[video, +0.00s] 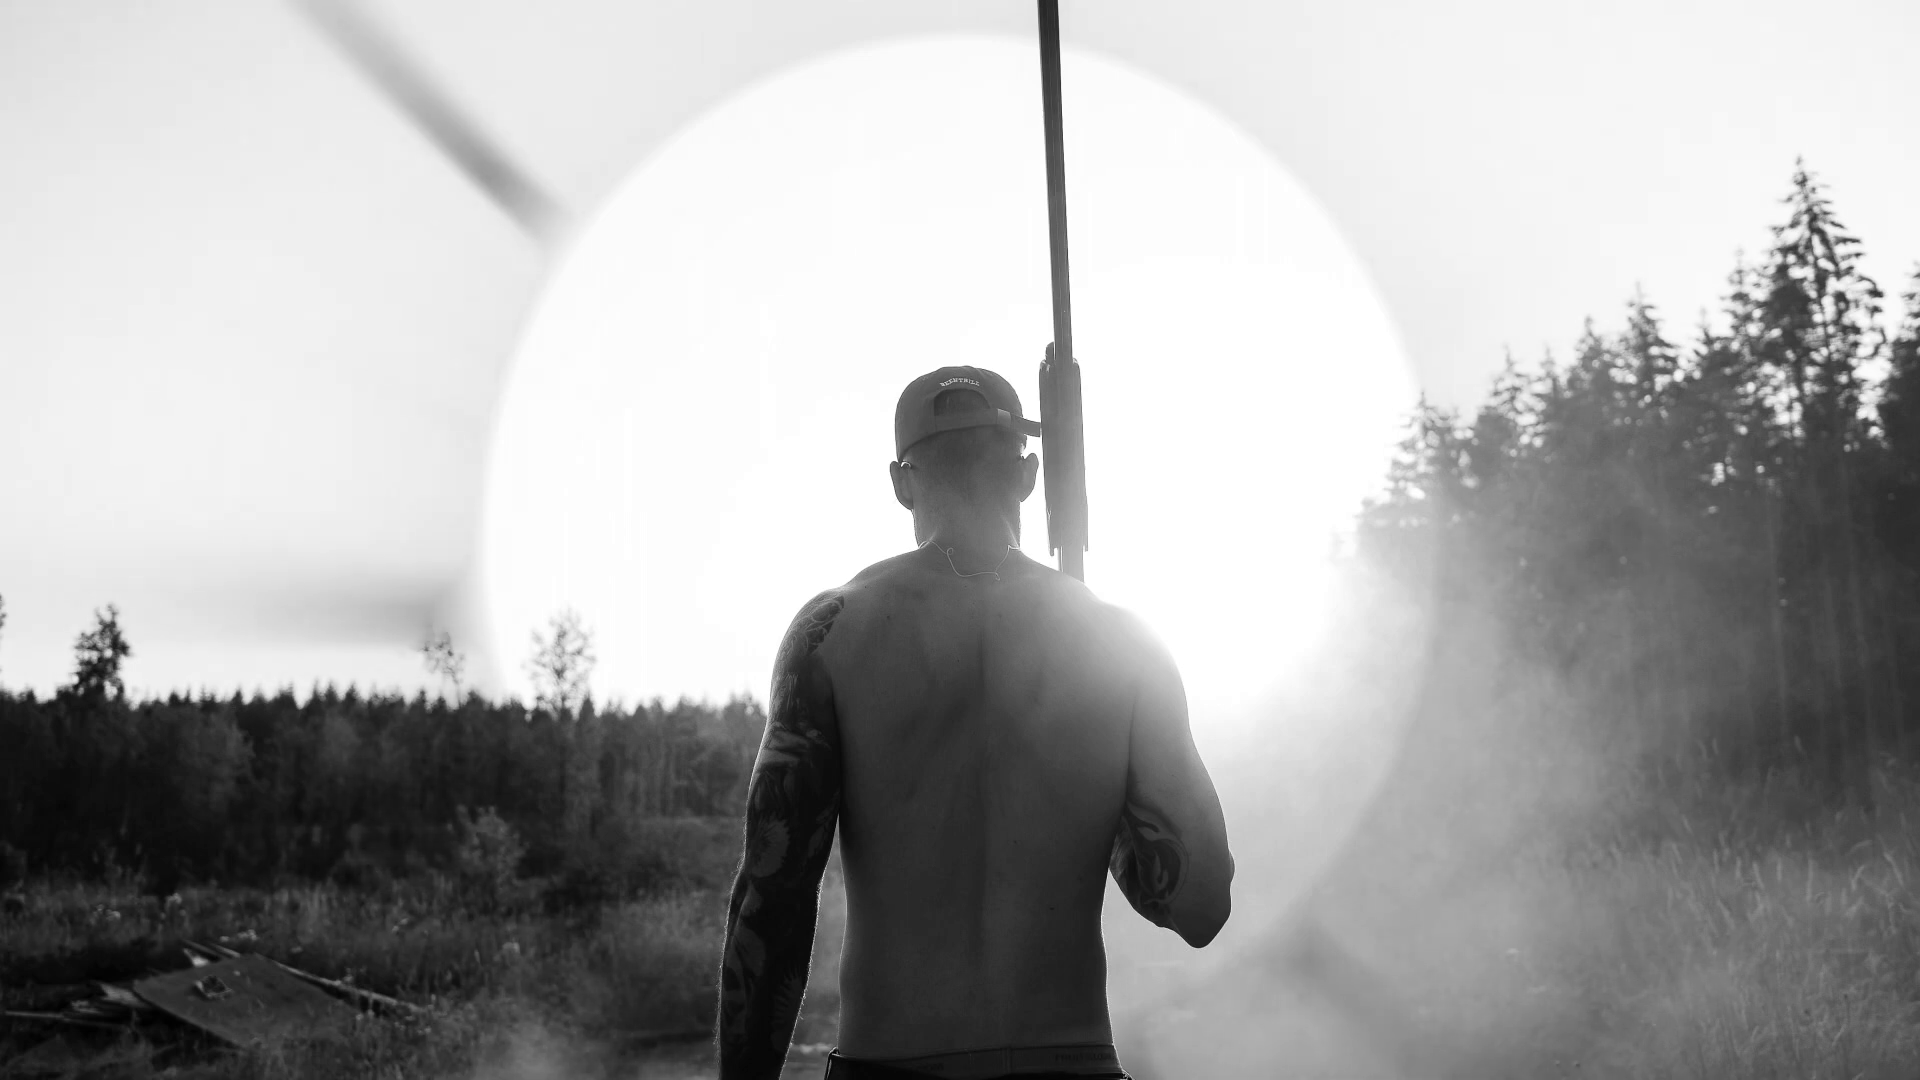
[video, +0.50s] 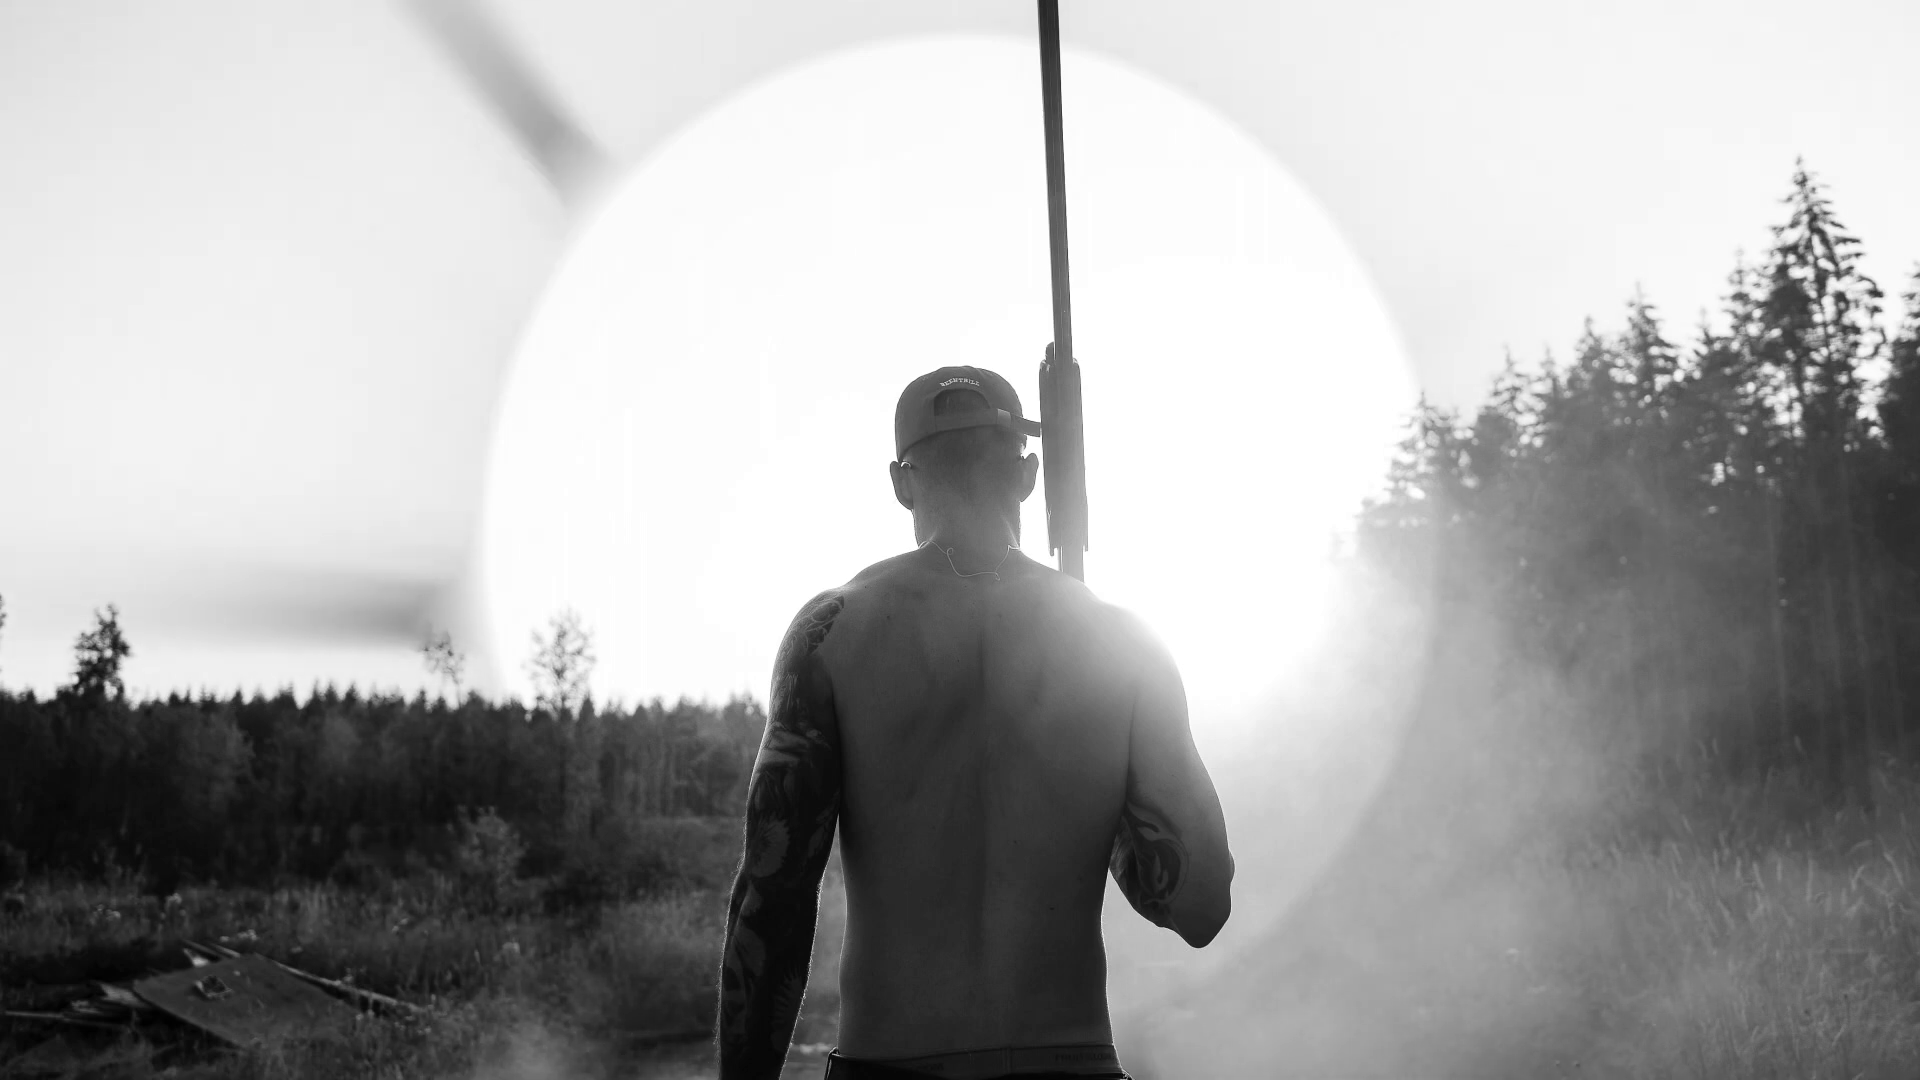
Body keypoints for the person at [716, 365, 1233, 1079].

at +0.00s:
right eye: (1017, 450)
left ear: (903, 486)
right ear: (1027, 476)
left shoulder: (832, 630)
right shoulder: (1121, 641)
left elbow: (773, 884)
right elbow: (1201, 904)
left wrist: (747, 1063)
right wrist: (1102, 803)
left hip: (887, 1045)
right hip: (1067, 1045)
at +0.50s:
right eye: (1017, 450)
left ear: (903, 486)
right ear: (1027, 476)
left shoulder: (832, 630)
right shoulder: (1121, 641)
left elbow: (773, 884)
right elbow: (1201, 904)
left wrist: (747, 1063)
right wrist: (1102, 803)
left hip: (887, 1045)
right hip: (1067, 1045)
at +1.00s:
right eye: (1017, 450)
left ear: (903, 486)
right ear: (1027, 476)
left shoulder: (832, 630)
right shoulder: (1121, 641)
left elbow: (773, 884)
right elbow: (1201, 904)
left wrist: (747, 1063)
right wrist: (1102, 803)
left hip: (887, 1045)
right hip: (1067, 1045)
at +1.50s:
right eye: (1018, 452)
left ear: (902, 484)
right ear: (1027, 476)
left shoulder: (832, 630)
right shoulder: (1121, 641)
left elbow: (773, 886)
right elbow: (1201, 904)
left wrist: (748, 1063)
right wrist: (1101, 804)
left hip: (885, 1045)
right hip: (1066, 1045)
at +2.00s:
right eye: (1017, 450)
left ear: (903, 486)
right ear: (1027, 476)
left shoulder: (832, 630)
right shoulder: (1121, 641)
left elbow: (773, 884)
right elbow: (1201, 904)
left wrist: (747, 1063)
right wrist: (1102, 803)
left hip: (887, 1045)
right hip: (1068, 1045)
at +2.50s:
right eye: (1015, 448)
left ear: (903, 486)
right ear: (1028, 477)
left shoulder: (831, 630)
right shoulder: (1121, 641)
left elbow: (773, 885)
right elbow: (1201, 905)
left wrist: (747, 1062)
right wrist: (1101, 800)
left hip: (886, 1046)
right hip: (1068, 1046)